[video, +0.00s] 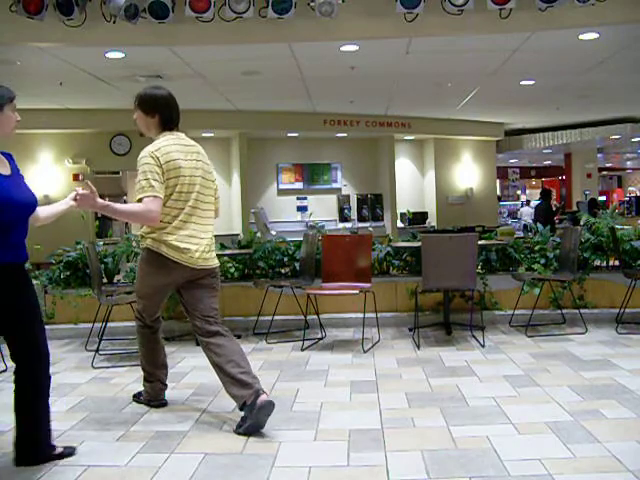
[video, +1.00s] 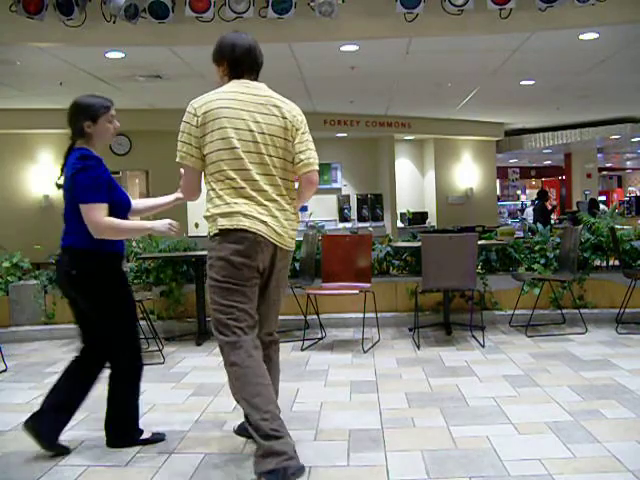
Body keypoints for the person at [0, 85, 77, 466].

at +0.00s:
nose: (18, 117)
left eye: (16, 110)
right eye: (13, 110)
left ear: (5, 116)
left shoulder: (8, 162)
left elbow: (32, 217)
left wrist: (72, 201)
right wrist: (70, 202)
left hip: (14, 274)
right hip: (3, 275)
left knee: (33, 358)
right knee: (31, 358)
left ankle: (34, 447)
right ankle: (32, 447)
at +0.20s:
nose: (31, 124)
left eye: (29, 117)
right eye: (26, 118)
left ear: (11, 124)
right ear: (6, 124)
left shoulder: (20, 167)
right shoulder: (1, 169)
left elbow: (50, 219)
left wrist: (90, 202)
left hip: (29, 278)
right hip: (6, 281)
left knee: (40, 360)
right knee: (30, 363)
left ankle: (26, 449)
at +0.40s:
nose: (47, 117)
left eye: (45, 111)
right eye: (42, 111)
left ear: (23, 117)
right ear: (23, 117)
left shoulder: (30, 157)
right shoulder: (8, 159)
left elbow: (62, 209)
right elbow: (2, 228)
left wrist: (106, 197)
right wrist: (38, 279)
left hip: (28, 274)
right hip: (18, 275)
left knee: (26, 361)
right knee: (70, 350)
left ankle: (22, 448)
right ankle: (73, 446)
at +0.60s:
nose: (68, 122)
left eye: (66, 116)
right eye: (62, 116)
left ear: (41, 124)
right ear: (43, 123)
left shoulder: (40, 164)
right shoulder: (32, 166)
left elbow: (86, 206)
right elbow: (34, 229)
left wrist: (133, 191)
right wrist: (88, 260)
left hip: (30, 273)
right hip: (38, 275)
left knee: (30, 361)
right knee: (79, 355)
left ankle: (20, 447)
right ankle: (122, 431)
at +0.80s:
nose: (93, 118)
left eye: (90, 112)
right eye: (87, 113)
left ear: (66, 122)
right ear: (67, 121)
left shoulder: (64, 159)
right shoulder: (63, 161)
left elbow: (99, 206)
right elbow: (70, 224)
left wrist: (151, 198)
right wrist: (124, 234)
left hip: (48, 266)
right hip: (65, 267)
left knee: (44, 354)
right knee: (97, 350)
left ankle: (21, 443)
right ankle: (120, 433)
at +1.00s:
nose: (117, 124)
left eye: (115, 118)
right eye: (110, 119)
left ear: (89, 127)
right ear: (90, 125)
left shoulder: (87, 162)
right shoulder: (87, 165)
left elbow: (127, 206)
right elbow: (99, 226)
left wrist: (177, 197)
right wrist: (153, 227)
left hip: (81, 265)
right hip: (97, 266)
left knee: (97, 348)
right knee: (127, 352)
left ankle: (45, 424)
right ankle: (123, 432)